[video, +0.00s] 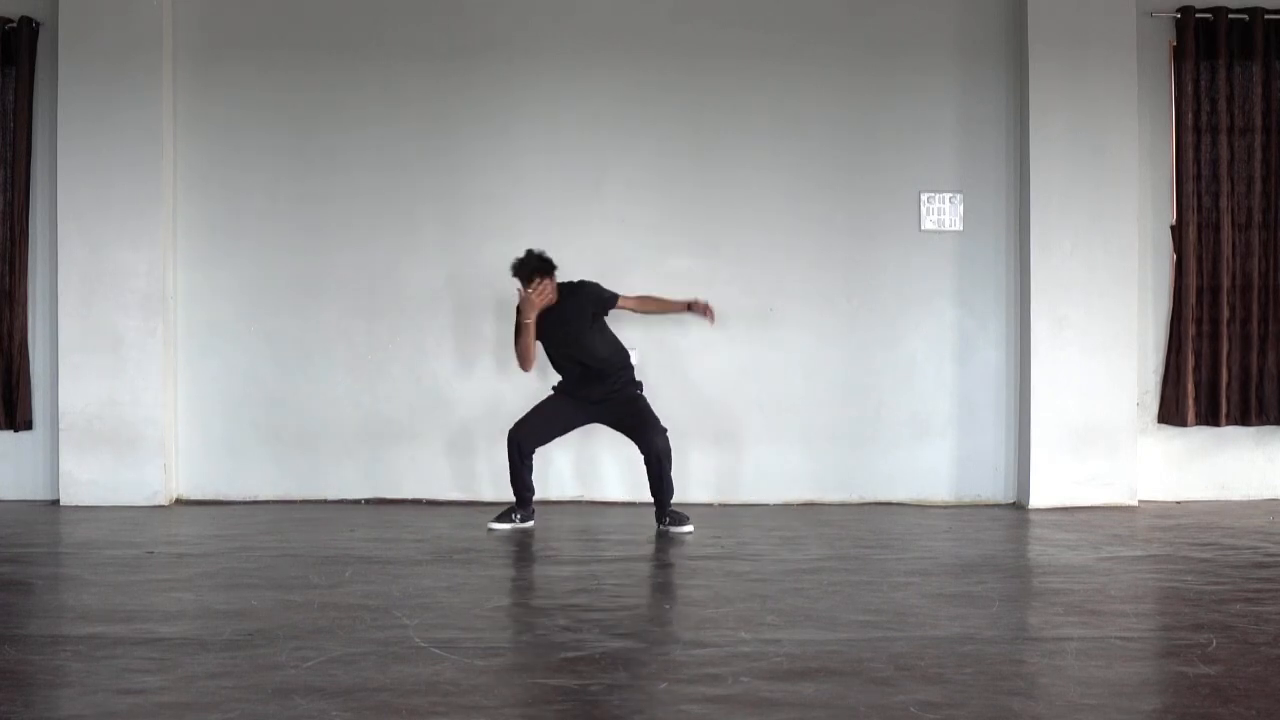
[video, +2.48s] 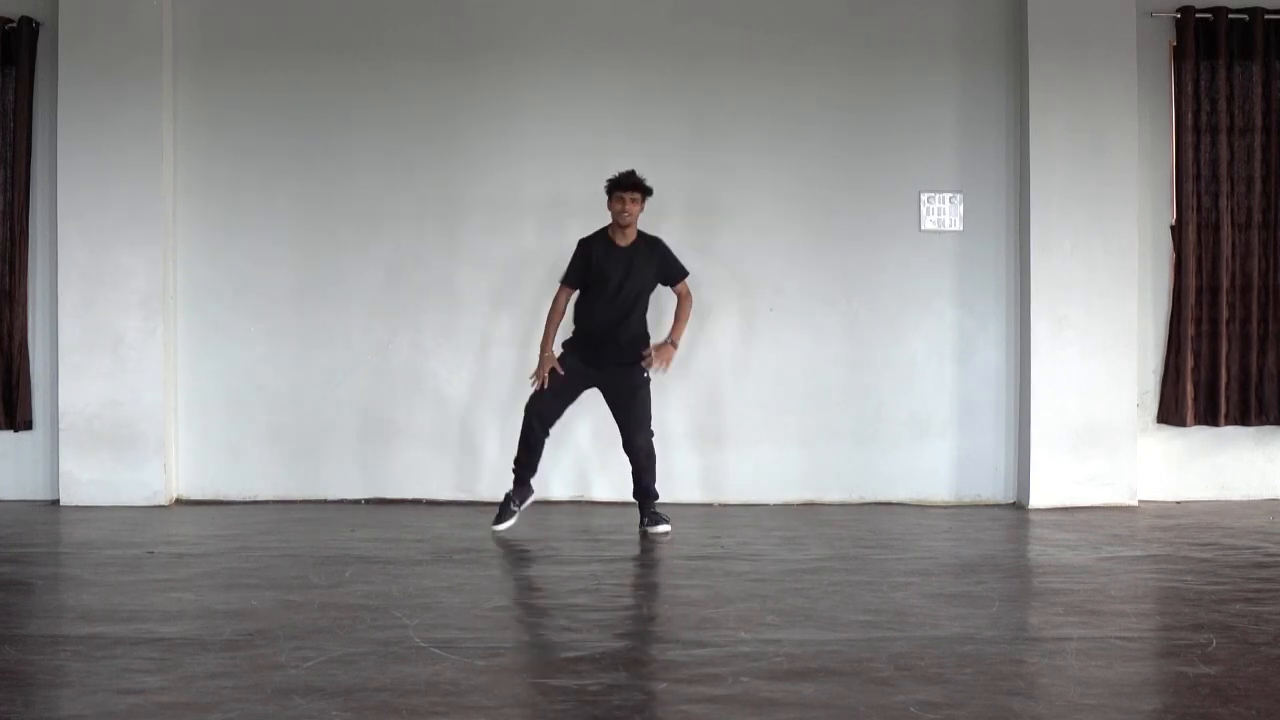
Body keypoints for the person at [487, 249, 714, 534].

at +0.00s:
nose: (536, 295)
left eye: (540, 288)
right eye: (530, 291)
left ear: (552, 281)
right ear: (524, 290)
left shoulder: (583, 294)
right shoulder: (526, 314)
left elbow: (636, 304)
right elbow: (526, 363)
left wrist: (688, 306)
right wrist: (528, 318)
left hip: (619, 394)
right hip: (574, 396)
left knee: (656, 440)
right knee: (520, 437)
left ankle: (665, 513)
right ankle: (523, 509)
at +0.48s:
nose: (592, 204)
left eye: (599, 197)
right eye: (585, 197)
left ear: (607, 201)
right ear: (574, 201)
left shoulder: (616, 232)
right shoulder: (564, 244)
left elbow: (642, 259)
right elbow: (578, 296)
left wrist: (589, 245)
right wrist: (623, 276)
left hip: (615, 355)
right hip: (569, 356)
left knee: (644, 428)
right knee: (539, 432)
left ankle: (664, 508)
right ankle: (526, 509)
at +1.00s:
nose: (573, 201)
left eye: (580, 195)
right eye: (566, 195)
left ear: (589, 199)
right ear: (557, 200)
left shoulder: (599, 229)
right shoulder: (547, 243)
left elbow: (583, 260)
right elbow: (544, 298)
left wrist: (553, 244)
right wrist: (565, 279)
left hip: (607, 351)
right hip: (566, 353)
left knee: (630, 429)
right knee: (540, 432)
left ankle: (659, 505)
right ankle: (525, 509)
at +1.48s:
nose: (593, 212)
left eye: (600, 206)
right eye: (587, 206)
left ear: (610, 211)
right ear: (576, 208)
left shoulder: (620, 252)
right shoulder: (556, 245)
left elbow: (641, 300)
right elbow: (543, 292)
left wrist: (621, 332)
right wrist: (535, 330)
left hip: (597, 363)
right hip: (552, 362)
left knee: (625, 437)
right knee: (524, 436)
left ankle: (656, 509)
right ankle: (524, 508)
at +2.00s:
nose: (570, 221)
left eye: (576, 215)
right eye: (563, 215)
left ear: (586, 219)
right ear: (554, 220)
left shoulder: (607, 252)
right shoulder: (544, 263)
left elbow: (636, 296)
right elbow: (536, 314)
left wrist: (645, 330)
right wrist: (543, 338)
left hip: (613, 362)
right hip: (567, 365)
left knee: (635, 439)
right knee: (542, 436)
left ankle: (657, 510)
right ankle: (526, 510)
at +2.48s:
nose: (626, 207)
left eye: (634, 202)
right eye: (620, 200)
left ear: (642, 207)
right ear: (609, 204)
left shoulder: (654, 250)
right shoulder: (589, 247)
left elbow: (684, 294)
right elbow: (562, 298)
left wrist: (672, 343)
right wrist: (546, 349)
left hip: (629, 362)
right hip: (581, 356)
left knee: (639, 439)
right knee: (536, 412)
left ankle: (648, 509)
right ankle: (519, 490)